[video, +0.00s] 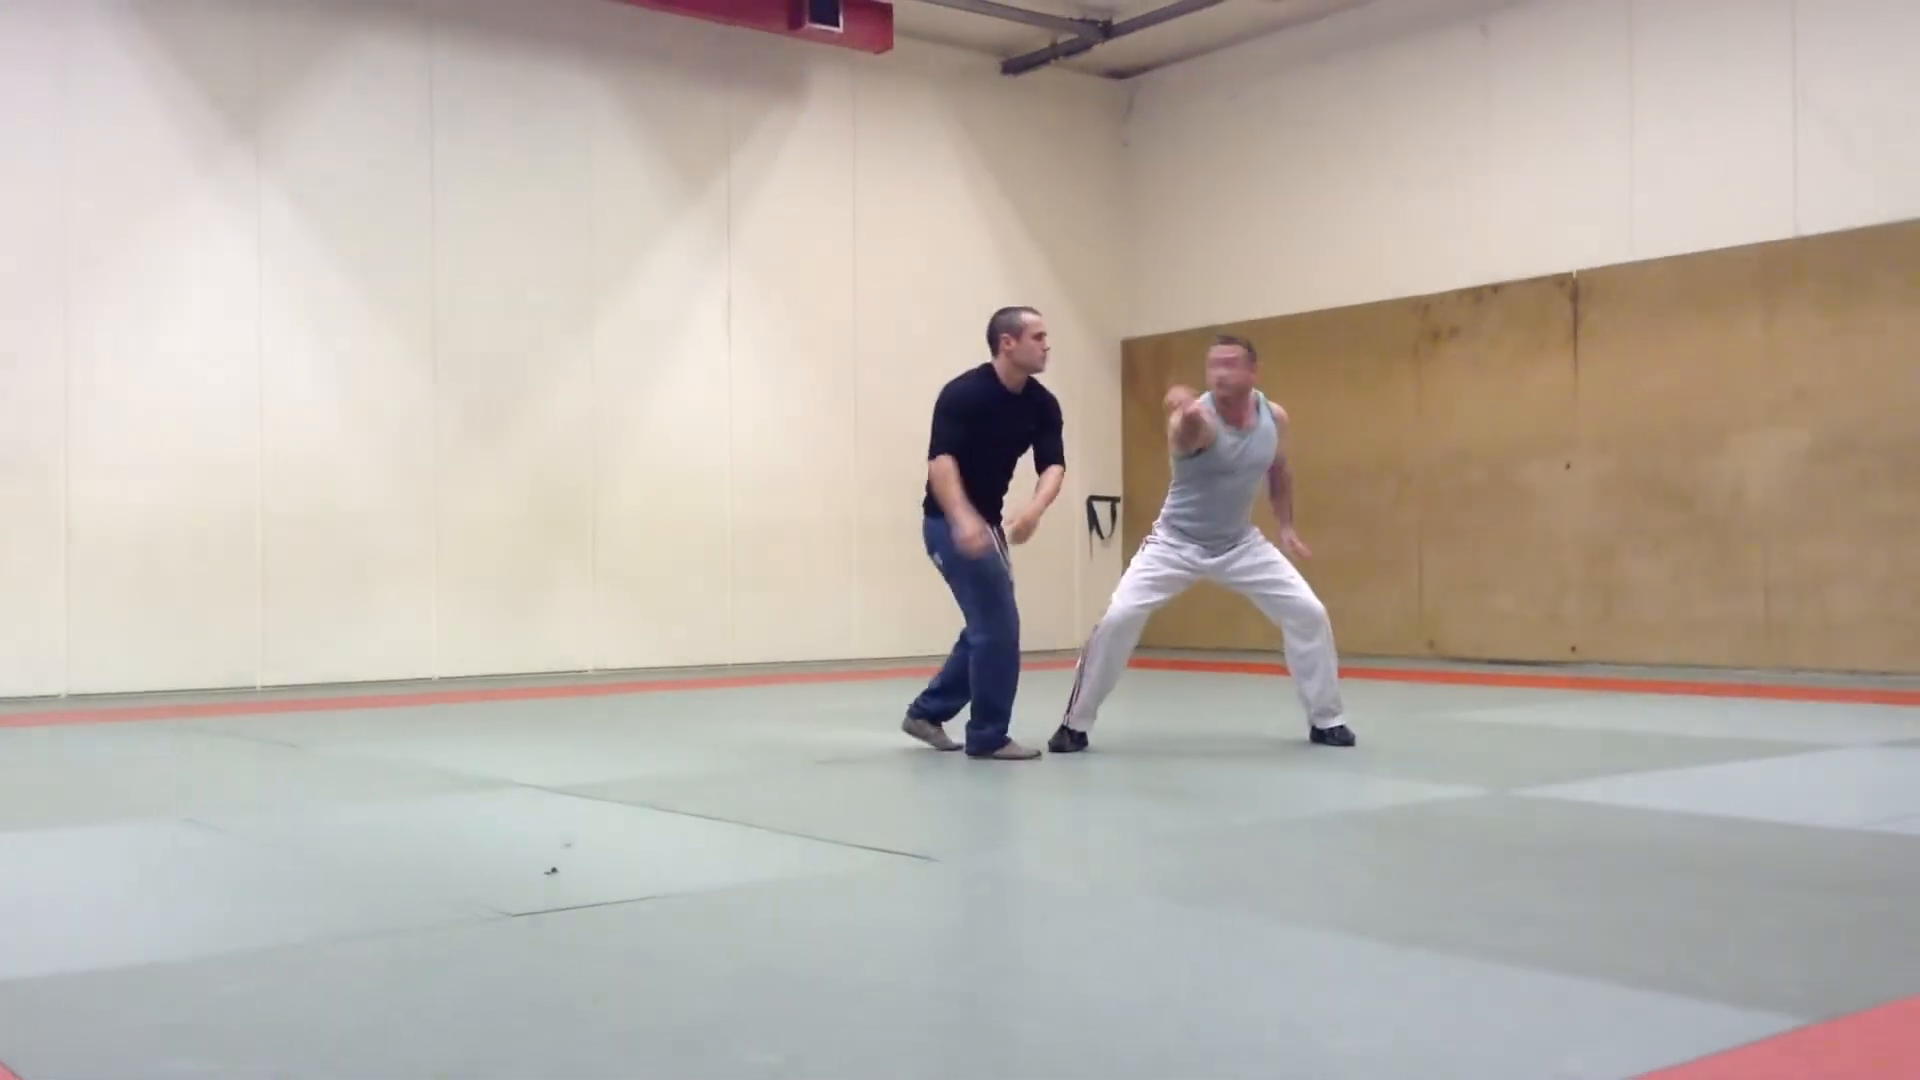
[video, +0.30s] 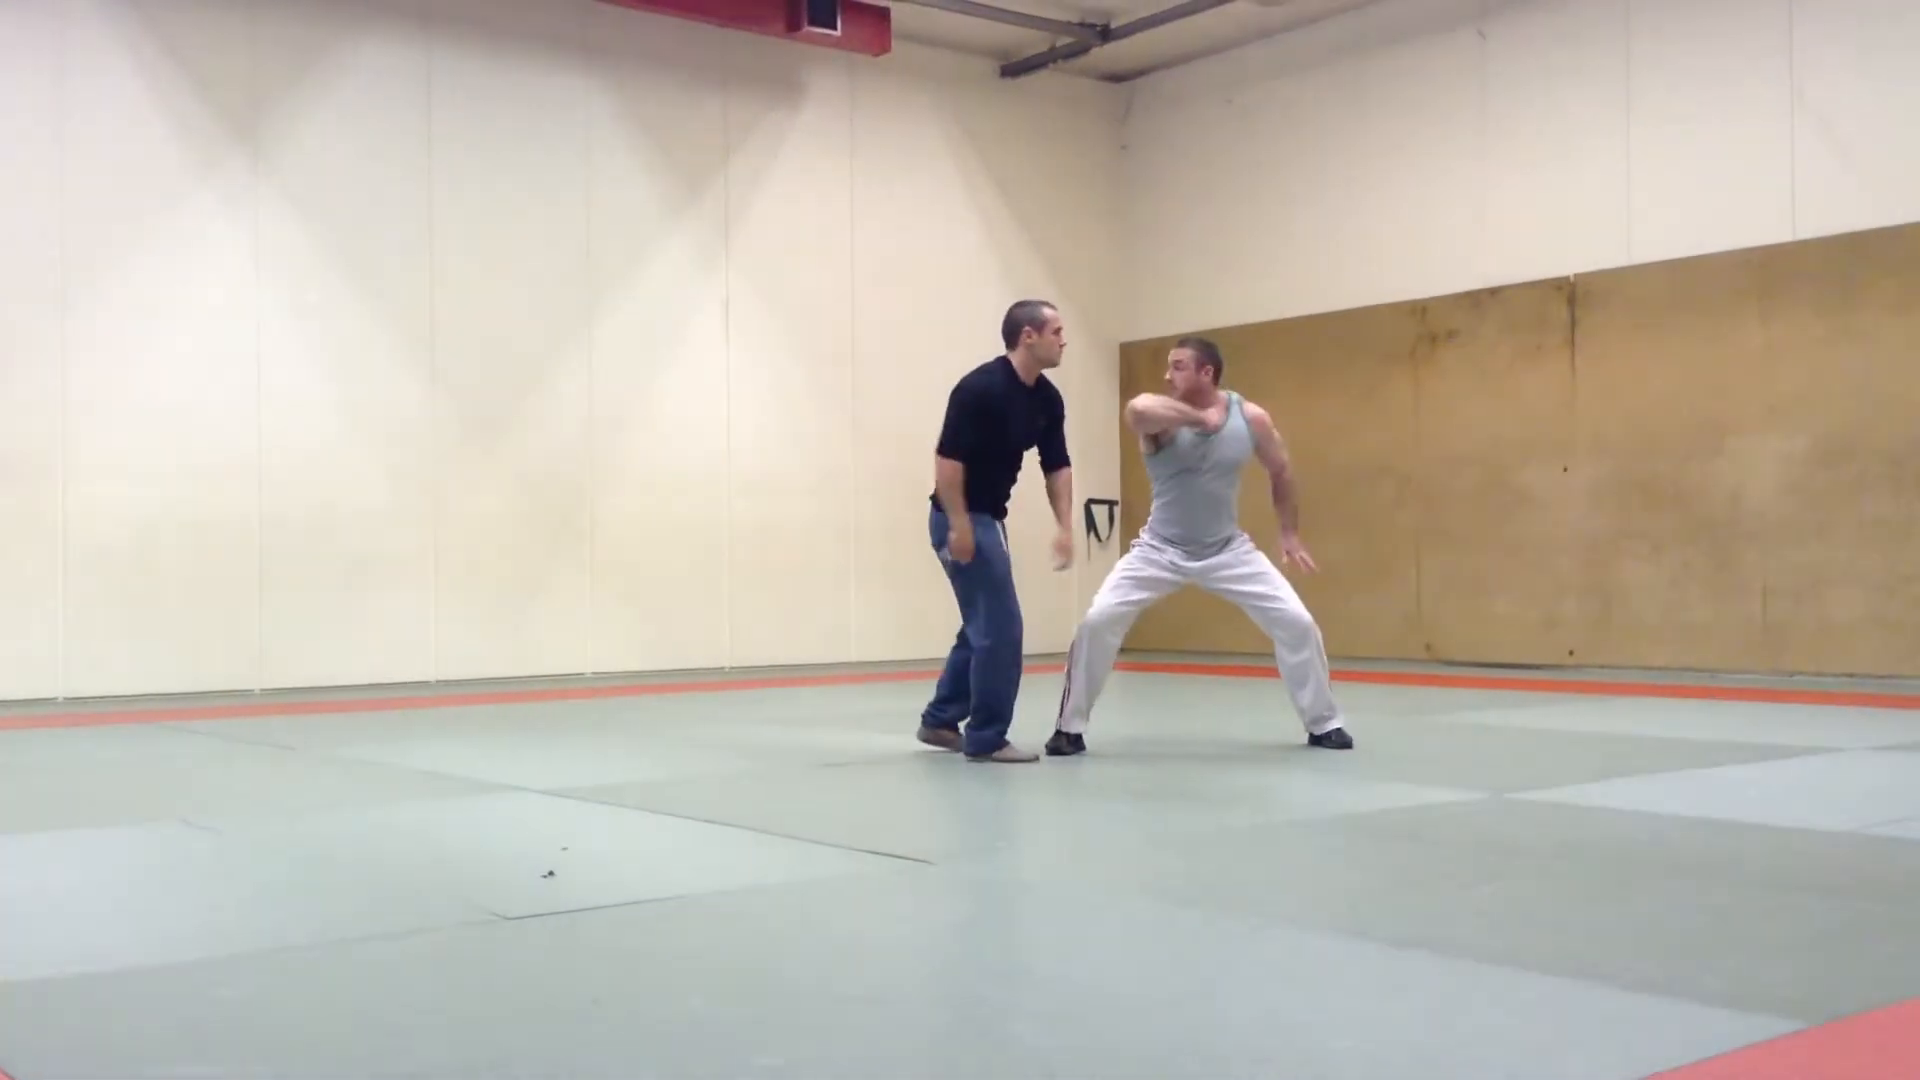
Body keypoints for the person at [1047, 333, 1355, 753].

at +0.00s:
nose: (1219, 373)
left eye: (1230, 365)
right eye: (1214, 365)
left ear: (1253, 372)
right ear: (1206, 371)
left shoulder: (1273, 419)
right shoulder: (1195, 415)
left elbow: (1277, 469)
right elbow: (1185, 439)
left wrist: (1286, 525)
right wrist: (1188, 418)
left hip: (1240, 546)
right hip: (1174, 545)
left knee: (1309, 614)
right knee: (1118, 618)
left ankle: (1325, 720)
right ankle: (1075, 724)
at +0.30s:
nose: (1169, 375)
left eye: (1179, 368)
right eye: (1169, 367)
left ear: (1207, 372)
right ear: (1189, 373)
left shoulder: (1249, 417)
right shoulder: (1161, 415)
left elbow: (1281, 471)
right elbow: (1139, 408)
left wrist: (1289, 534)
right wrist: (1196, 417)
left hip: (1227, 552)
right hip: (1158, 551)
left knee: (1298, 624)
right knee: (1097, 620)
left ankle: (1322, 724)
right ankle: (1069, 728)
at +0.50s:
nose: (1164, 375)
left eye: (1173, 366)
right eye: (1162, 367)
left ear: (1202, 371)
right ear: (1165, 375)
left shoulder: (1247, 418)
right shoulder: (1152, 413)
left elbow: (1280, 472)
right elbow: (1092, 400)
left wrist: (1287, 538)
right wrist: (1150, 396)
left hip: (1226, 551)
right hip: (1157, 551)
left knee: (1299, 625)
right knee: (1096, 621)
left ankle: (1323, 724)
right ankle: (1069, 729)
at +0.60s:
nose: (1164, 373)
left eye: (1174, 364)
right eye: (1164, 364)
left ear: (1203, 369)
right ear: (1166, 371)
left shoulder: (1248, 416)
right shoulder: (1151, 409)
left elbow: (1283, 472)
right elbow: (1090, 395)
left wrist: (1293, 537)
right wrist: (1090, 372)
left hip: (1227, 551)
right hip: (1158, 550)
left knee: (1299, 625)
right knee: (1096, 620)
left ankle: (1323, 724)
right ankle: (1069, 729)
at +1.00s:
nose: (1157, 365)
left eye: (1165, 356)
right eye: (1156, 357)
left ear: (1196, 359)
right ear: (1178, 362)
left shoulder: (1247, 399)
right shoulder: (1153, 411)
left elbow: (1300, 437)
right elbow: (1089, 429)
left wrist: (1284, 469)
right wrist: (1080, 403)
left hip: (1244, 544)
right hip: (1174, 541)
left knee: (1301, 629)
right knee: (1111, 610)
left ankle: (1324, 724)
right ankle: (1091, 722)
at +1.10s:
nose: (1142, 359)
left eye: (1150, 350)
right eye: (1141, 351)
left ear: (1180, 351)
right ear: (1150, 356)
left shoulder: (1222, 385)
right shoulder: (1143, 408)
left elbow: (1269, 408)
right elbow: (1088, 443)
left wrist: (1218, 403)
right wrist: (1092, 433)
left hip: (1235, 537)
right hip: (1171, 537)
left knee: (1291, 630)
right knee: (1113, 612)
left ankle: (1324, 724)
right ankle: (1159, 718)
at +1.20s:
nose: (1121, 354)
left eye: (1129, 344)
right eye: (1120, 345)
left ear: (1158, 344)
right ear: (1132, 349)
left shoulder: (1191, 386)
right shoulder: (1125, 406)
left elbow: (1210, 372)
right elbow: (1089, 457)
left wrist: (1130, 363)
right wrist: (1088, 447)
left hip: (1214, 527)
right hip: (1158, 531)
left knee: (1262, 623)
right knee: (1119, 623)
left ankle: (1326, 708)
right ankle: (1164, 726)